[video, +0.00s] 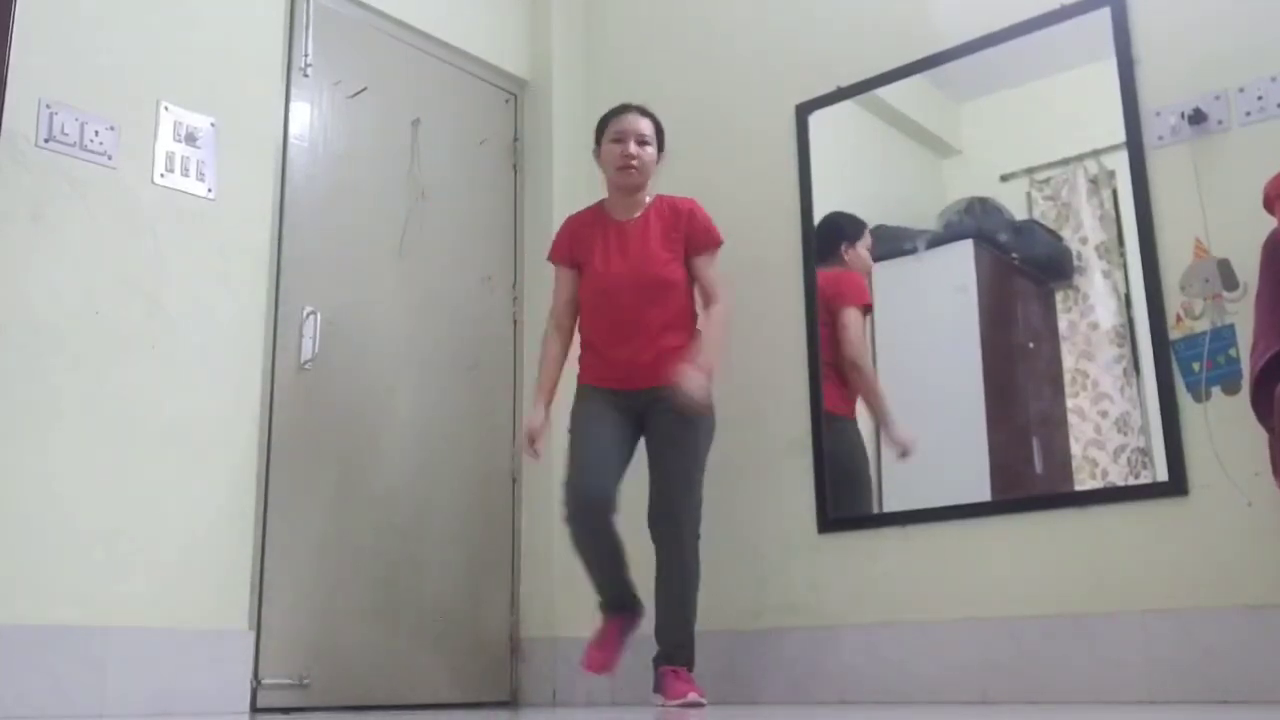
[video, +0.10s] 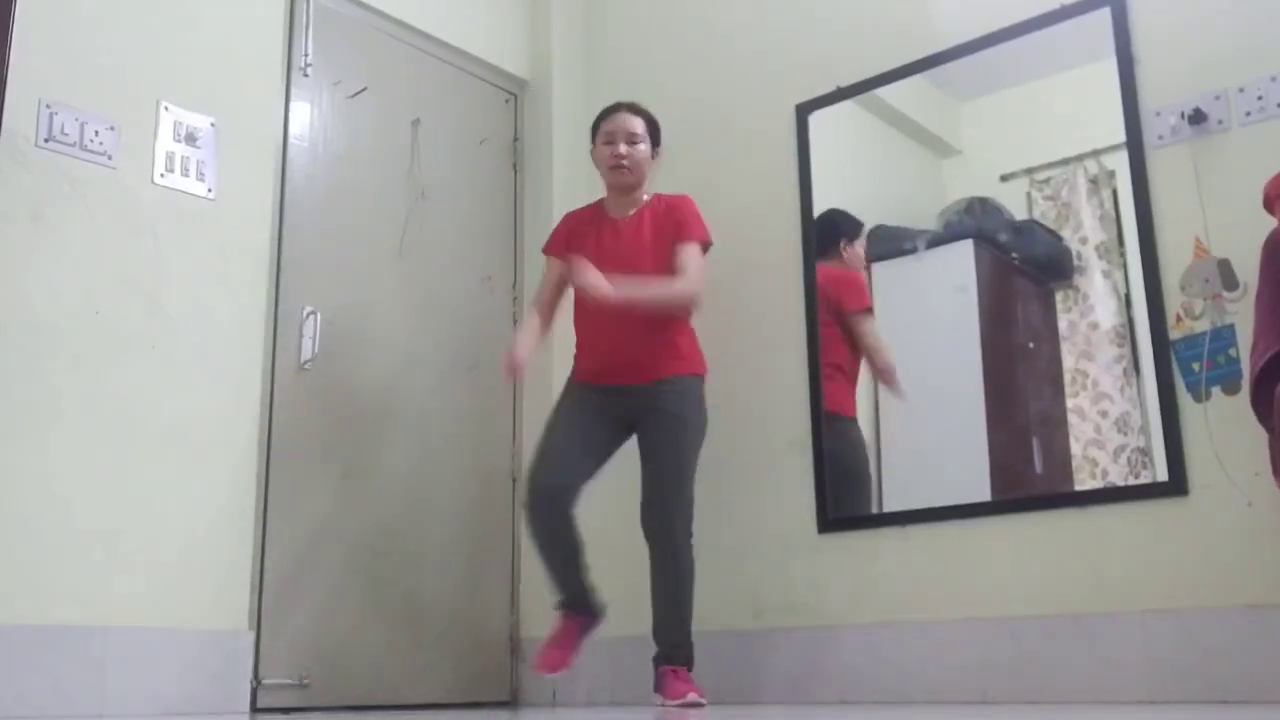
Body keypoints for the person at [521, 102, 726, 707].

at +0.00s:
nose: (631, 149)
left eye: (643, 141)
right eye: (619, 140)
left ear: (658, 157)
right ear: (598, 153)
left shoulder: (683, 217)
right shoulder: (579, 229)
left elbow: (715, 301)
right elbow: (560, 324)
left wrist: (702, 366)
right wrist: (541, 404)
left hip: (677, 390)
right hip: (603, 393)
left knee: (675, 525)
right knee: (584, 505)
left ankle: (676, 667)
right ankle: (620, 608)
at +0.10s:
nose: (621, 149)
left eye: (633, 140)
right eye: (610, 141)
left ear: (654, 154)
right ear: (593, 154)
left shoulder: (677, 212)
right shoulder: (576, 227)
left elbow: (689, 291)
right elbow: (544, 305)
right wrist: (524, 342)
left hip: (669, 388)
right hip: (595, 389)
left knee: (667, 522)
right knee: (546, 493)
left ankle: (674, 666)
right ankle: (579, 608)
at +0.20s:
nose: (601, 146)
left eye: (614, 135)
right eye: (591, 137)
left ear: (640, 144)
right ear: (579, 149)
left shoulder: (660, 196)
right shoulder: (563, 216)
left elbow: (660, 250)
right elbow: (510, 288)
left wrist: (559, 249)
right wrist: (512, 268)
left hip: (652, 378)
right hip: (578, 379)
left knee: (657, 518)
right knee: (520, 493)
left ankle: (674, 667)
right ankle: (509, 640)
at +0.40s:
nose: (557, 163)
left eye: (568, 151)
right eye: (548, 154)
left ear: (601, 153)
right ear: (543, 161)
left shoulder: (623, 205)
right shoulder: (532, 214)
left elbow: (586, 255)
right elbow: (453, 243)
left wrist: (494, 282)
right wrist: (503, 237)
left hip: (601, 380)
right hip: (526, 380)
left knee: (630, 524)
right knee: (484, 521)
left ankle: (670, 668)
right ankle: (437, 671)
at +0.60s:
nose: (512, 175)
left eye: (526, 163)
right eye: (505, 164)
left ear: (559, 167)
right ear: (498, 169)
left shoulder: (579, 222)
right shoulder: (485, 217)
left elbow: (527, 259)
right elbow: (408, 242)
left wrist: (446, 224)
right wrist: (422, 279)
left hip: (535, 383)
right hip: (462, 381)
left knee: (558, 516)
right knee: (445, 525)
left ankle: (634, 652)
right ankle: (435, 676)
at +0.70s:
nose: (498, 172)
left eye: (511, 161)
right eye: (491, 162)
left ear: (544, 166)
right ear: (483, 165)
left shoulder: (562, 220)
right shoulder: (467, 211)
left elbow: (520, 251)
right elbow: (391, 225)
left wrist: (449, 216)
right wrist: (388, 246)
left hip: (523, 378)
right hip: (451, 378)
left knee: (514, 498)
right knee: (437, 520)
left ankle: (556, 627)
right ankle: (434, 674)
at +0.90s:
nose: (488, 160)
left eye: (501, 150)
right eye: (480, 152)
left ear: (529, 158)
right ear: (471, 158)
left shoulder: (546, 212)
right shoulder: (452, 207)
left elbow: (521, 256)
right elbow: (370, 204)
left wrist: (435, 251)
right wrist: (441, 204)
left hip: (509, 371)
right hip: (438, 368)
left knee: (471, 499)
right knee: (430, 513)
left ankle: (473, 660)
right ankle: (433, 668)